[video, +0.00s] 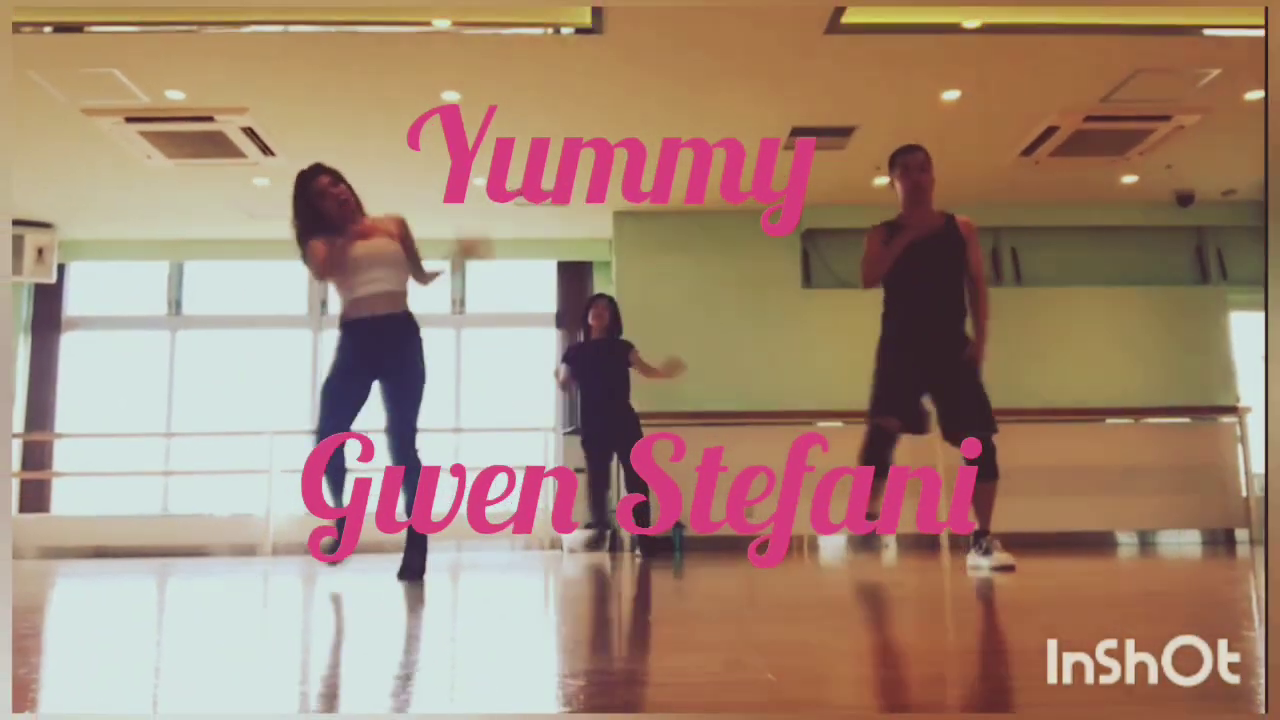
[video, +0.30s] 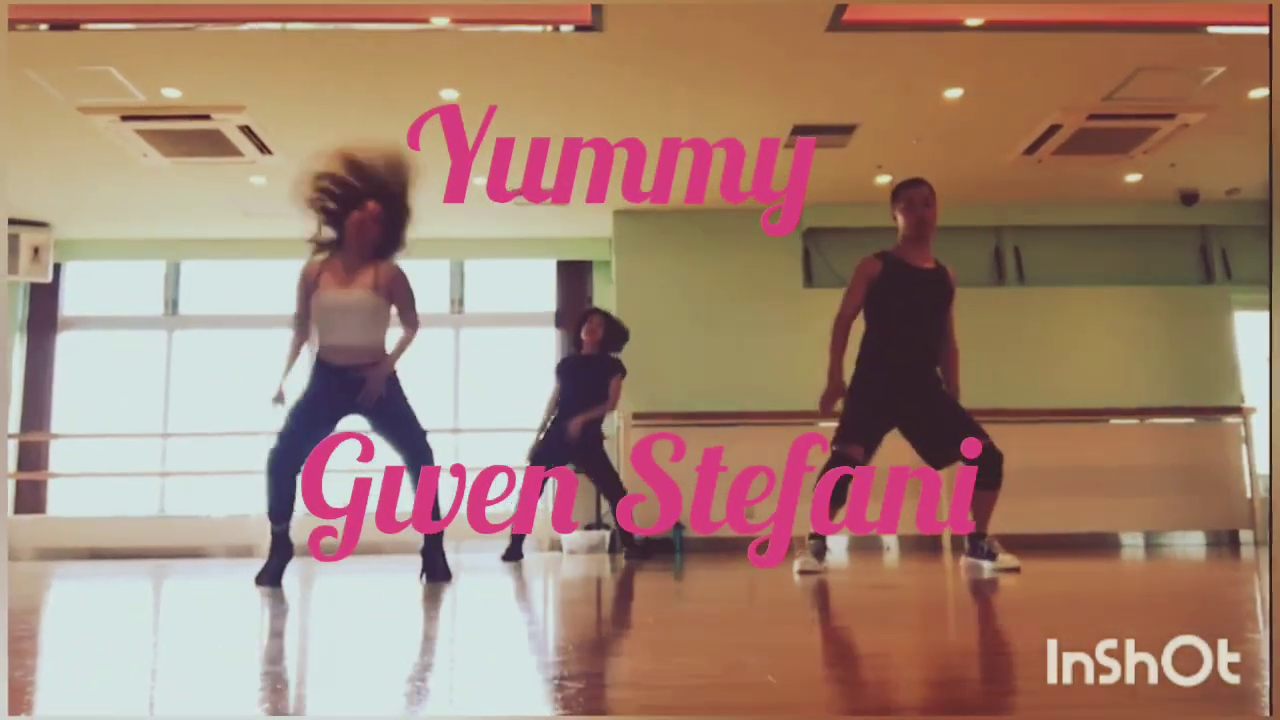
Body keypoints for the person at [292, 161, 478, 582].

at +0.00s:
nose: (337, 191)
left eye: (337, 182)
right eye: (324, 191)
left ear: (349, 186)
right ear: (315, 208)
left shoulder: (393, 226)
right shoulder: (320, 242)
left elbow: (421, 275)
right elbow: (325, 270)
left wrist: (456, 259)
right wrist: (342, 236)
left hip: (400, 337)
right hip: (356, 341)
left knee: (402, 443)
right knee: (329, 435)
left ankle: (417, 531)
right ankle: (341, 514)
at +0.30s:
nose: (368, 225)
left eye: (376, 220)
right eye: (362, 215)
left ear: (385, 230)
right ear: (343, 219)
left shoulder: (388, 274)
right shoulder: (316, 271)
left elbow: (412, 325)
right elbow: (301, 327)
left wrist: (388, 365)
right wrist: (284, 376)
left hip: (375, 381)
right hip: (327, 381)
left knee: (420, 456)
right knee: (282, 460)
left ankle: (433, 547)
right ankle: (279, 544)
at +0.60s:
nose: (351, 239)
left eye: (362, 241)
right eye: (351, 230)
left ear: (370, 258)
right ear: (337, 235)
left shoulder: (371, 294)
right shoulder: (299, 288)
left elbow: (407, 335)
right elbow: (288, 350)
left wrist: (388, 369)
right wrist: (275, 408)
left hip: (374, 399)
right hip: (325, 407)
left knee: (424, 464)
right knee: (256, 467)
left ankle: (432, 551)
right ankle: (272, 549)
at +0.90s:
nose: (349, 197)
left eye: (361, 196)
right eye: (347, 188)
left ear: (373, 210)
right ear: (334, 193)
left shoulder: (376, 244)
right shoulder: (299, 240)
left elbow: (409, 292)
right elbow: (285, 308)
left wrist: (390, 328)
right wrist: (284, 364)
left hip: (375, 347)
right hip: (325, 352)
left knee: (406, 449)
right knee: (281, 456)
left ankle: (429, 545)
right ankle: (271, 548)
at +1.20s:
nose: (350, 223)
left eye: (360, 219)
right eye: (345, 215)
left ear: (371, 230)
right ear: (332, 221)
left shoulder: (383, 274)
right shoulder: (307, 279)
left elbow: (418, 323)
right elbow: (299, 336)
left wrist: (388, 353)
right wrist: (296, 376)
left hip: (357, 389)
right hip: (307, 388)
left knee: (411, 454)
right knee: (256, 465)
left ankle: (426, 547)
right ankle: (270, 550)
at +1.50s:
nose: (344, 237)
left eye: (355, 234)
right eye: (339, 229)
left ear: (366, 246)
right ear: (325, 235)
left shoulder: (373, 287)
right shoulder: (295, 293)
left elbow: (425, 317)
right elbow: (293, 356)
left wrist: (395, 350)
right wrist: (294, 411)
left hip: (380, 399)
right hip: (331, 408)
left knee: (429, 467)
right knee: (249, 463)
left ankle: (429, 549)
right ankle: (269, 549)